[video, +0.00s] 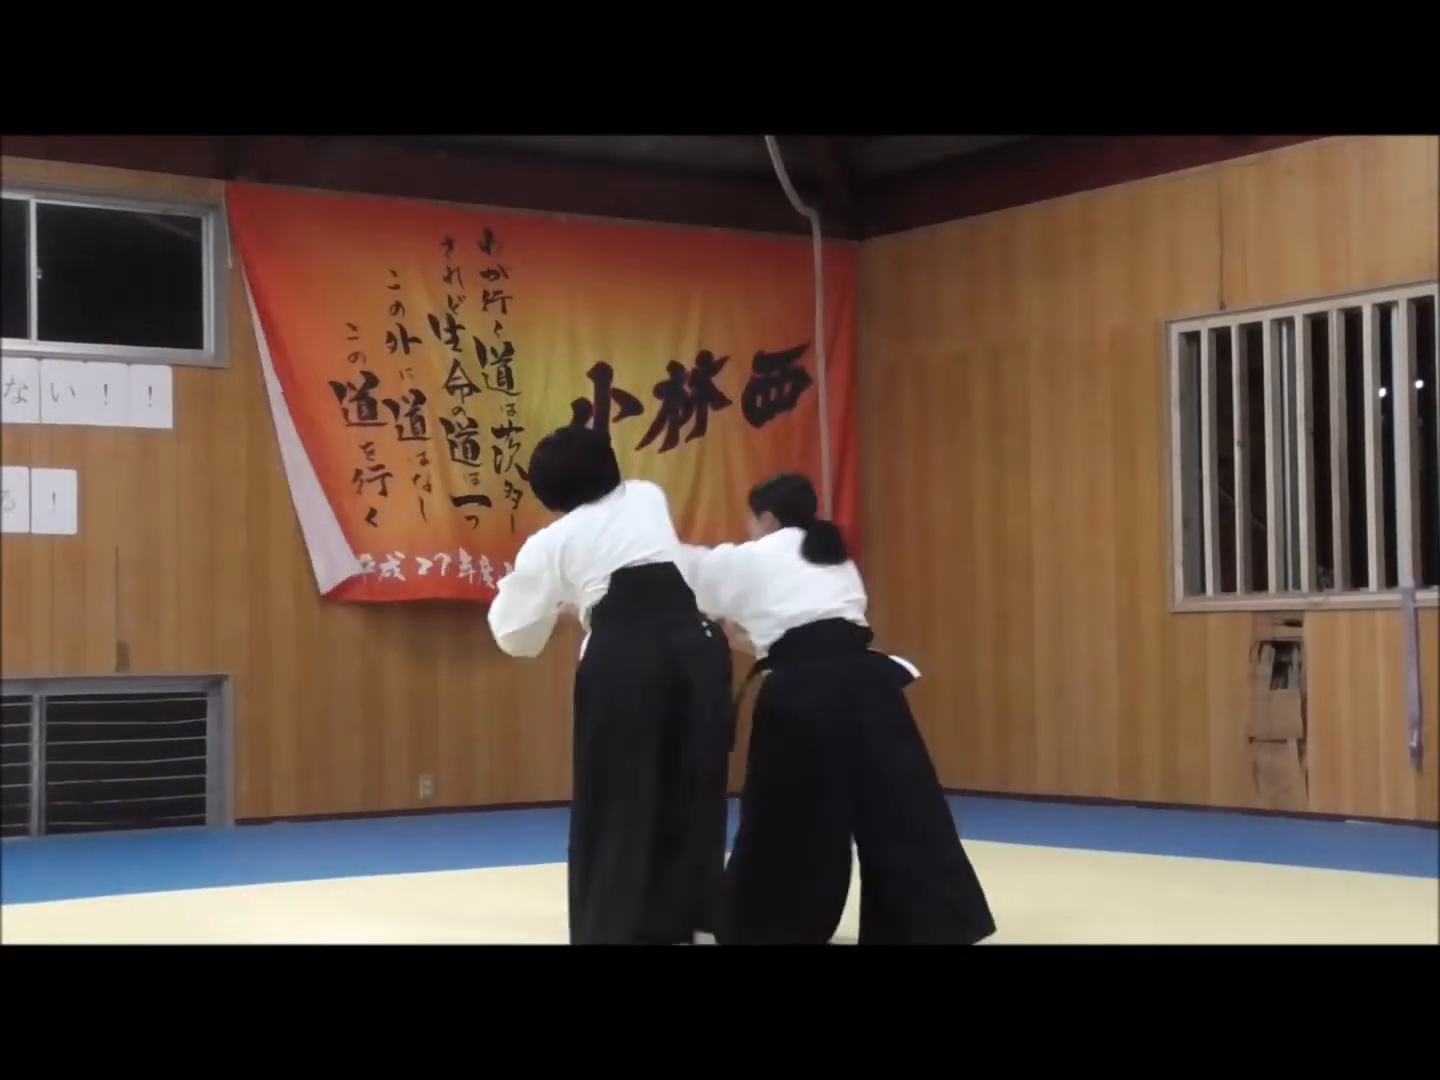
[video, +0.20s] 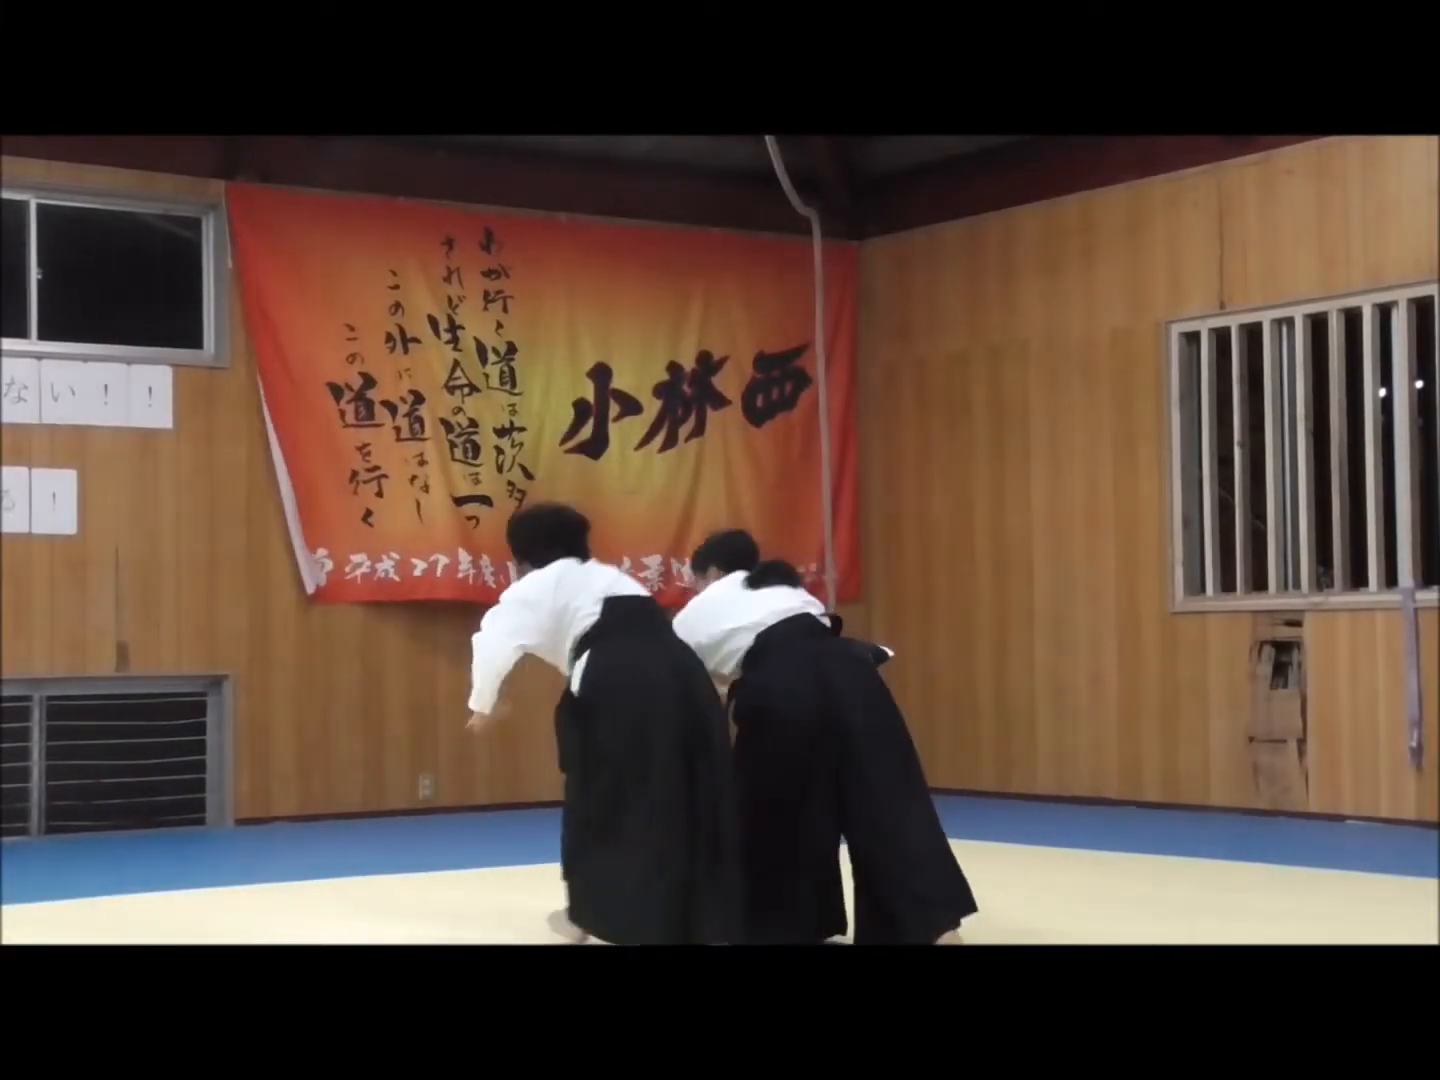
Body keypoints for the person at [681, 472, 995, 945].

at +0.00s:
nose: (751, 527)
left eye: (754, 518)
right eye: (752, 519)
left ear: (769, 518)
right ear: (807, 515)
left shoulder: (748, 561)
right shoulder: (835, 554)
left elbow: (680, 563)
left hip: (799, 690)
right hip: (868, 683)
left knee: (786, 821)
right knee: (898, 812)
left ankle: (772, 931)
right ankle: (929, 928)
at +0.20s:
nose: (696, 587)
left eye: (699, 577)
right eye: (696, 578)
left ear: (715, 572)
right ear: (749, 565)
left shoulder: (694, 615)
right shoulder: (775, 582)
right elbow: (818, 625)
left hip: (777, 686)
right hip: (849, 671)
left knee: (777, 818)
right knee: (888, 801)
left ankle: (783, 930)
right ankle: (938, 925)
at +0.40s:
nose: (678, 637)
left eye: (678, 627)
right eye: (677, 629)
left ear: (690, 615)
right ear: (727, 602)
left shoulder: (692, 651)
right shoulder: (768, 610)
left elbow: (687, 760)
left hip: (775, 698)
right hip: (846, 679)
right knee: (894, 798)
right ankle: (946, 920)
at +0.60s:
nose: (679, 609)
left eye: (680, 599)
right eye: (678, 600)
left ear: (691, 586)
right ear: (733, 576)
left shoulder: (692, 618)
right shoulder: (773, 593)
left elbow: (679, 711)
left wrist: (674, 782)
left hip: (774, 689)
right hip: (846, 674)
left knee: (761, 817)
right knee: (887, 791)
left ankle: (757, 929)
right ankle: (942, 920)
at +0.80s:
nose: (696, 551)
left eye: (698, 543)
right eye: (697, 544)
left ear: (714, 536)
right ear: (752, 531)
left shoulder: (705, 567)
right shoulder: (790, 563)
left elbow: (627, 618)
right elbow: (804, 624)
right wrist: (732, 667)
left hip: (779, 679)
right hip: (848, 672)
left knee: (755, 811)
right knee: (886, 795)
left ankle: (758, 930)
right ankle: (940, 915)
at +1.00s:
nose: (713, 522)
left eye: (716, 512)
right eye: (715, 512)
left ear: (733, 510)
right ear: (771, 505)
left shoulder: (719, 548)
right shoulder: (808, 543)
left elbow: (644, 556)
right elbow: (820, 605)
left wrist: (609, 522)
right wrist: (743, 636)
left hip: (780, 678)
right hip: (845, 669)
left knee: (766, 802)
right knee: (889, 786)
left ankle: (767, 927)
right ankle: (942, 904)